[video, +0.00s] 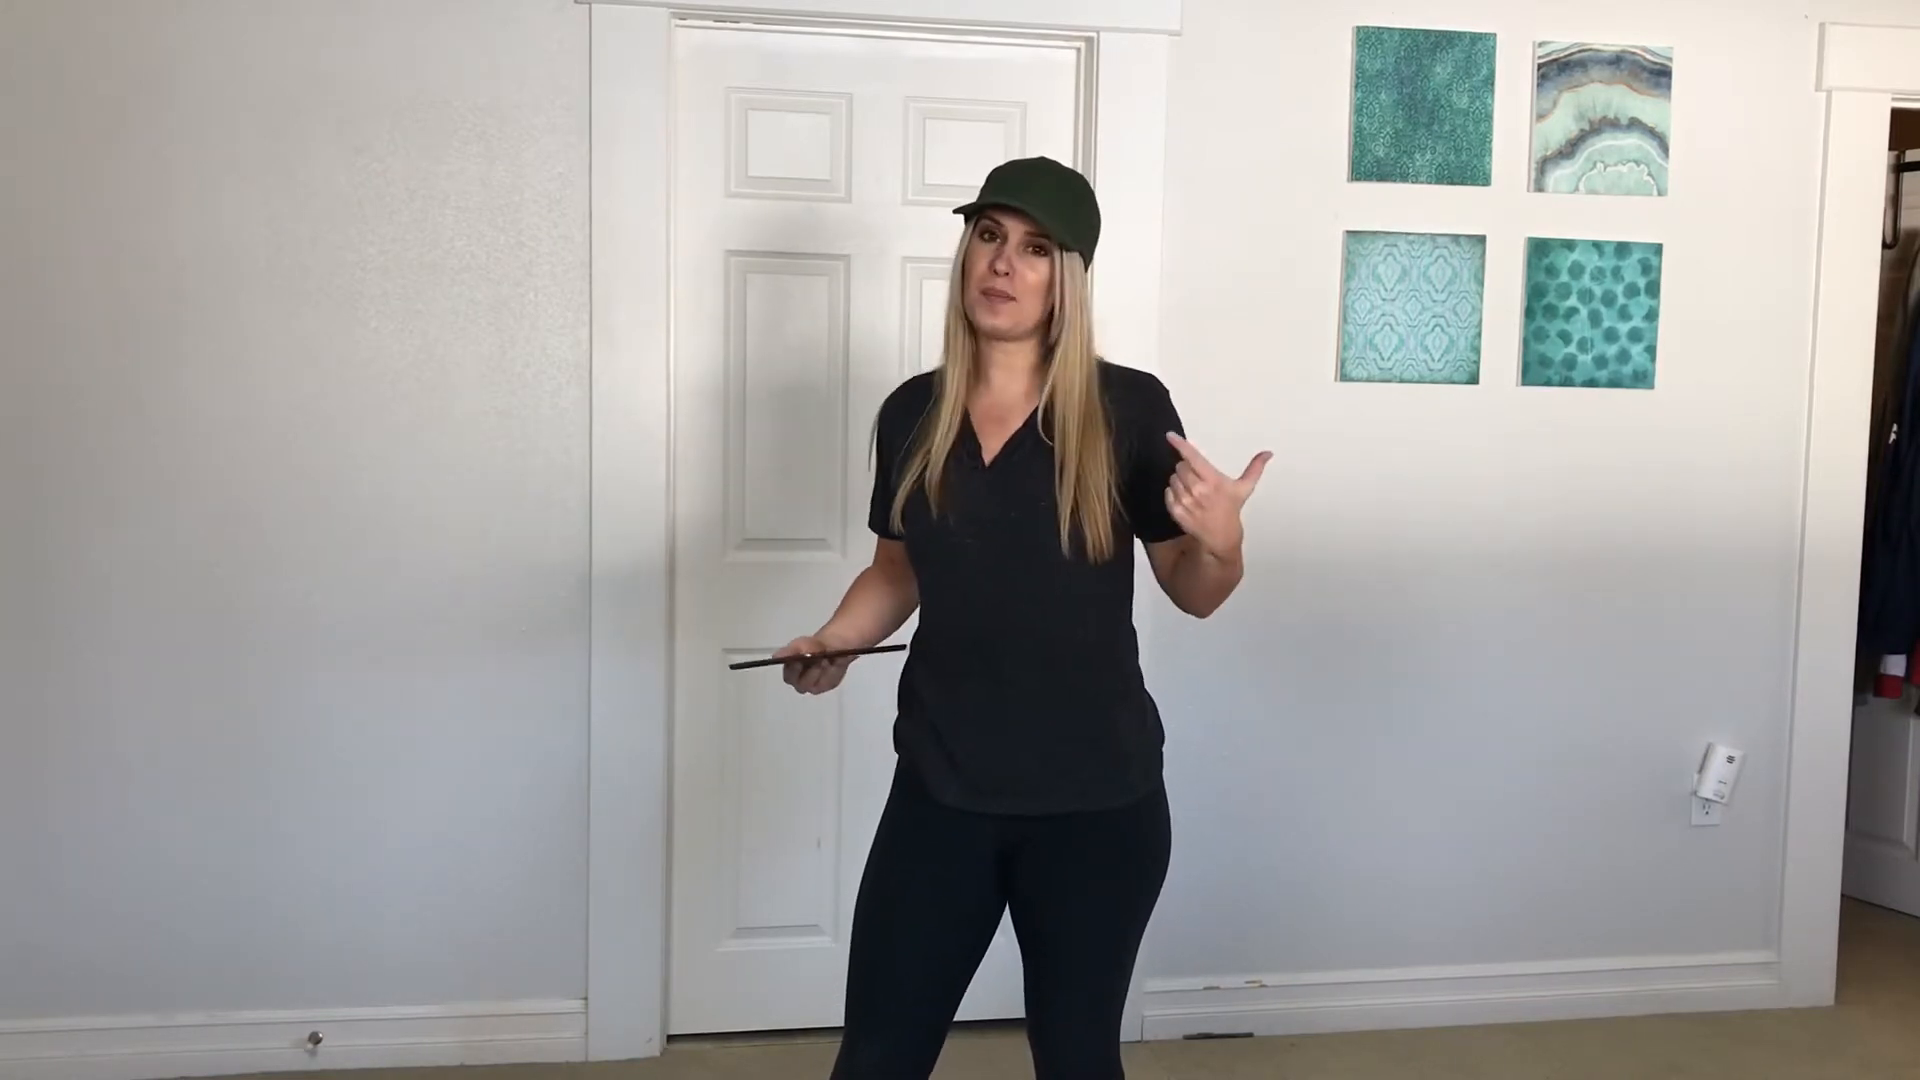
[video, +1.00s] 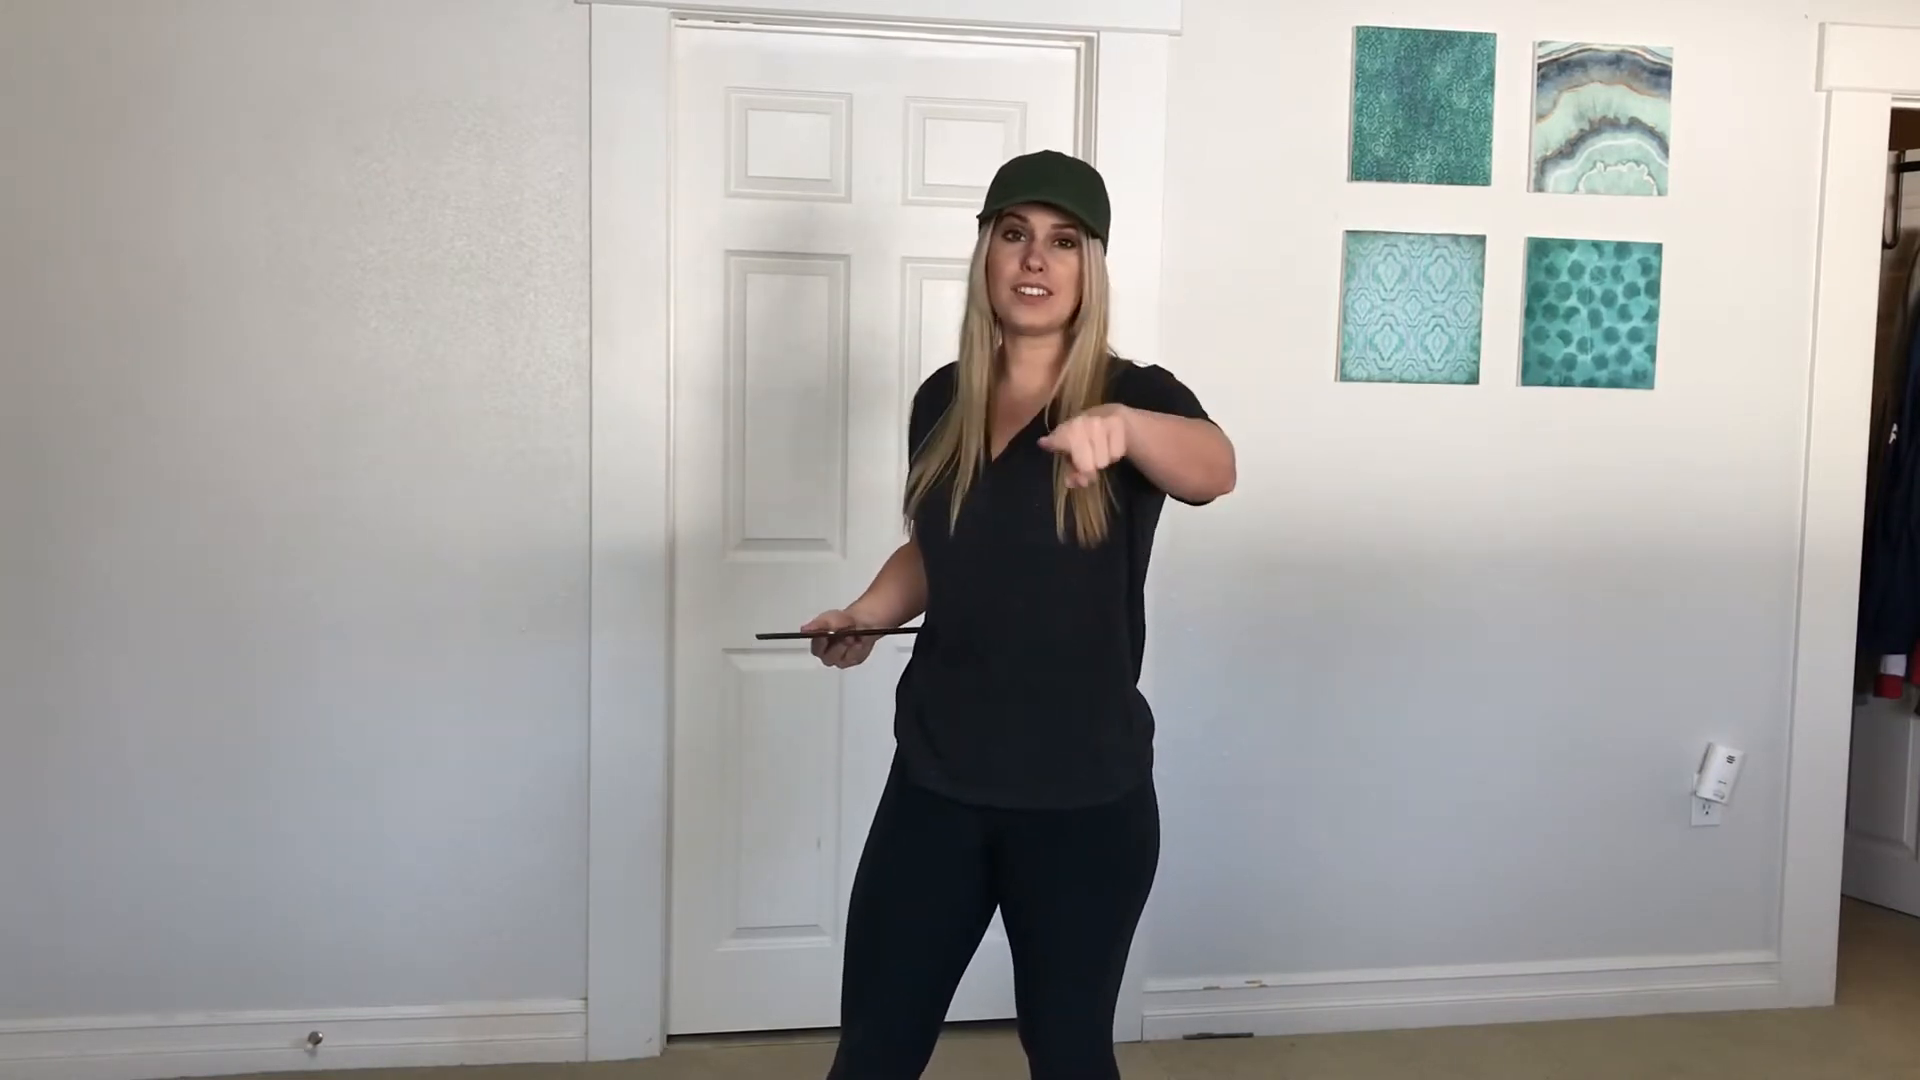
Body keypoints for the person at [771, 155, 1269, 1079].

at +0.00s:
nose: (1000, 263)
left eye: (1031, 247)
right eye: (987, 238)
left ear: (1068, 276)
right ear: (963, 254)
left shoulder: (1127, 407)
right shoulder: (914, 414)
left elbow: (1192, 591)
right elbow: (899, 567)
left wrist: (1220, 546)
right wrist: (835, 641)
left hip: (1093, 801)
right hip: (941, 797)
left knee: (1077, 1057)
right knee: (875, 1059)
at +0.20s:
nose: (1000, 263)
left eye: (1032, 249)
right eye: (987, 237)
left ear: (1070, 277)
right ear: (964, 252)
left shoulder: (1126, 406)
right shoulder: (919, 412)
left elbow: (1200, 595)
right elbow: (908, 563)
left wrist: (1208, 543)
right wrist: (841, 636)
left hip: (1092, 797)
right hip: (941, 793)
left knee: (1075, 1056)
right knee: (877, 1056)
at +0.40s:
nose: (1024, 252)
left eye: (1051, 236)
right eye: (1004, 228)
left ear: (1077, 269)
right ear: (970, 250)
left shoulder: (1123, 405)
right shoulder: (923, 404)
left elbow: (1271, 534)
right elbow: (908, 552)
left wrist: (1208, 428)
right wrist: (848, 631)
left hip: (1086, 799)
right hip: (937, 793)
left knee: (1072, 1059)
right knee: (874, 1058)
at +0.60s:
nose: (1034, 256)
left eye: (1059, 236)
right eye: (1012, 233)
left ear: (1090, 263)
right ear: (983, 257)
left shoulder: (1125, 402)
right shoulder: (941, 401)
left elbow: (1205, 413)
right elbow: (923, 546)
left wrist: (1156, 350)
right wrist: (854, 619)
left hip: (1082, 797)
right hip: (932, 789)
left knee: (1069, 1056)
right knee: (868, 1056)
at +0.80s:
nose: (1027, 262)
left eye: (1055, 242)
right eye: (1008, 237)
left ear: (1088, 266)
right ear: (981, 255)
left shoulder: (1129, 395)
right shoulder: (942, 404)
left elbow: (1205, 454)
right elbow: (932, 551)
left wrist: (1096, 387)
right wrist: (866, 620)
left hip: (1083, 800)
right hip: (937, 792)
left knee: (1070, 1053)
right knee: (871, 1054)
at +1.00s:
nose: (1032, 259)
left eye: (1060, 241)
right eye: (1012, 235)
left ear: (1092, 267)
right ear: (983, 256)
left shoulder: (1133, 396)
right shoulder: (943, 402)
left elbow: (1213, 474)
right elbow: (935, 546)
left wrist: (1127, 430)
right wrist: (869, 613)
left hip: (1083, 799)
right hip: (936, 791)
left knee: (1069, 1053)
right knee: (873, 1055)